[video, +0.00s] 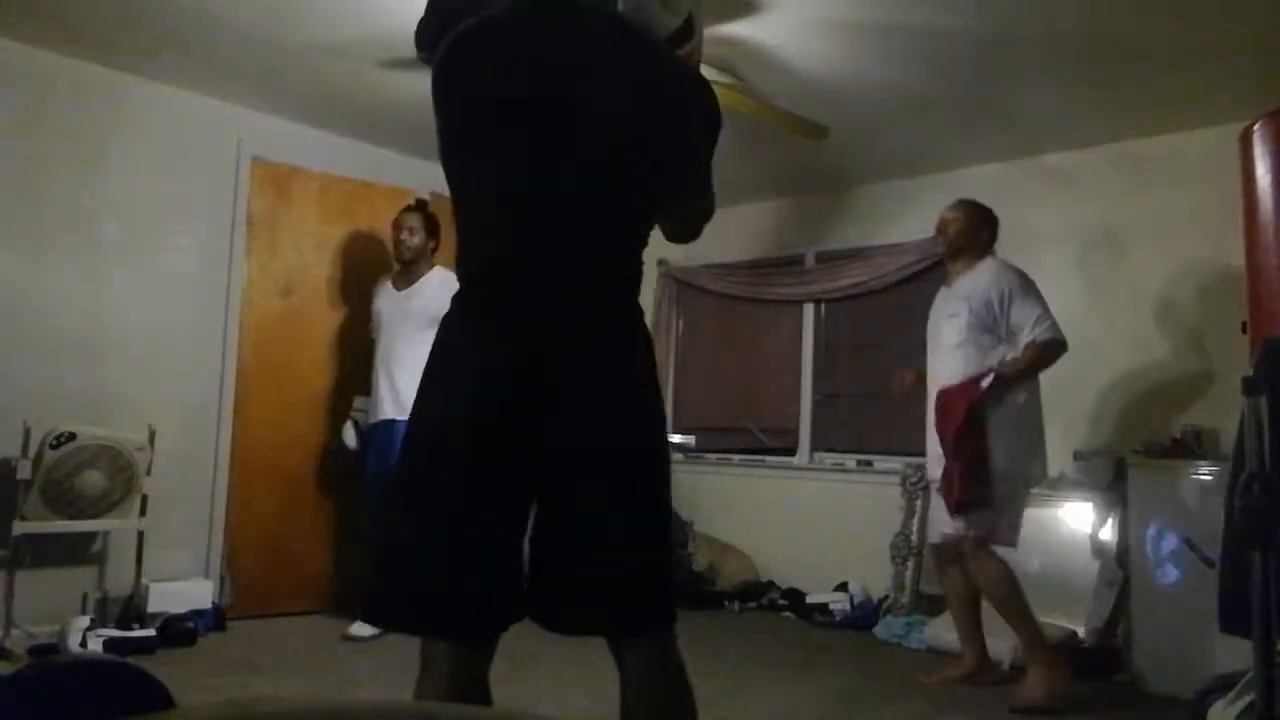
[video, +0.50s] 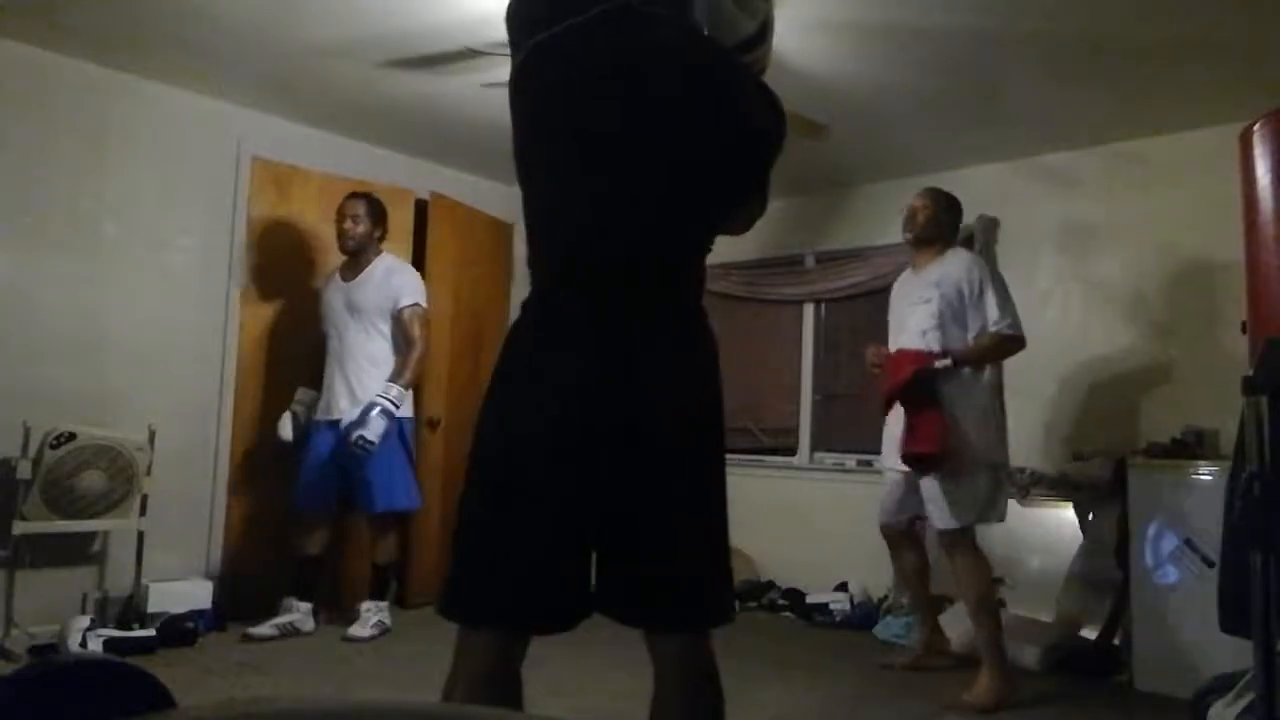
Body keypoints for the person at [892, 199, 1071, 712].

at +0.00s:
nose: (938, 232)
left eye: (949, 223)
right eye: (938, 225)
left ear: (979, 234)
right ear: (947, 237)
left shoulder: (1002, 278)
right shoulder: (945, 293)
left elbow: (1050, 341)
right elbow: (957, 360)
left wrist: (997, 379)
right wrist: (920, 378)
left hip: (996, 446)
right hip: (951, 448)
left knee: (975, 549)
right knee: (947, 549)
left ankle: (1041, 659)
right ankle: (974, 659)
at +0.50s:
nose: (908, 215)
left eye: (920, 208)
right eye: (907, 208)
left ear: (946, 221)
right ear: (908, 223)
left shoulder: (969, 267)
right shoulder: (902, 282)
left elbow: (1010, 336)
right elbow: (911, 351)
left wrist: (950, 358)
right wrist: (885, 359)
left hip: (961, 432)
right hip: (910, 432)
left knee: (955, 538)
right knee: (896, 525)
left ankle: (994, 667)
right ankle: (930, 638)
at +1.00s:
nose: (851, 242)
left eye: (861, 232)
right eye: (852, 234)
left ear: (892, 238)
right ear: (867, 243)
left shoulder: (915, 280)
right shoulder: (861, 295)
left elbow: (960, 338)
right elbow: (849, 352)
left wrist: (901, 360)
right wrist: (833, 361)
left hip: (905, 441)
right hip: (870, 442)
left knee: (895, 544)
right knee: (884, 542)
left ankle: (906, 672)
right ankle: (917, 650)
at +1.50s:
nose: (794, 244)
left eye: (804, 236)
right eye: (795, 237)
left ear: (834, 242)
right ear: (810, 245)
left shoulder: (853, 280)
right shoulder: (811, 297)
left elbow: (875, 354)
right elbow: (811, 367)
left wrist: (807, 365)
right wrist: (772, 378)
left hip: (854, 448)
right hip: (814, 449)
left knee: (854, 548)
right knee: (792, 541)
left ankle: (897, 674)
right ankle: (796, 644)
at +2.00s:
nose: (768, 237)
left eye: (778, 229)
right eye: (768, 230)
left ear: (808, 235)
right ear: (777, 239)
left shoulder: (830, 278)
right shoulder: (774, 292)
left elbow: (853, 352)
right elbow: (769, 354)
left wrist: (779, 364)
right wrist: (738, 363)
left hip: (817, 440)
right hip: (775, 438)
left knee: (807, 544)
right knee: (771, 541)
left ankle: (833, 672)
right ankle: (793, 642)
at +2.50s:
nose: (733, 229)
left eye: (743, 219)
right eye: (733, 220)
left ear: (767, 226)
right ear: (741, 230)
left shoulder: (796, 275)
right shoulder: (732, 291)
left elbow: (833, 347)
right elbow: (738, 364)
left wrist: (771, 371)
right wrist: (711, 377)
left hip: (789, 443)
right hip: (738, 443)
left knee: (797, 549)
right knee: (720, 545)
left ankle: (829, 671)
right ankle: (722, 649)